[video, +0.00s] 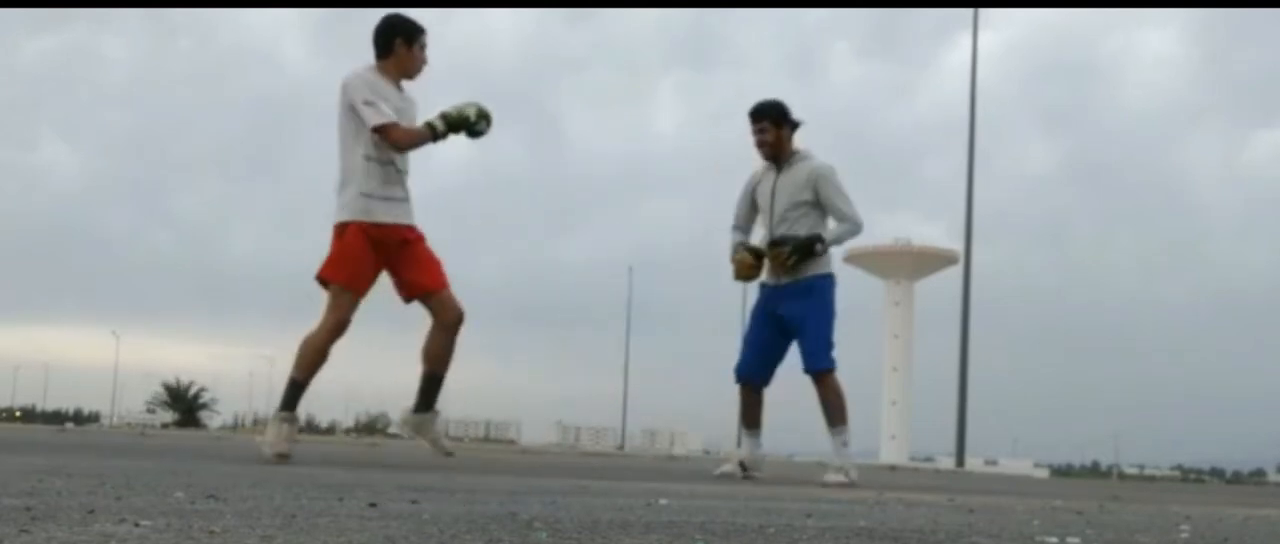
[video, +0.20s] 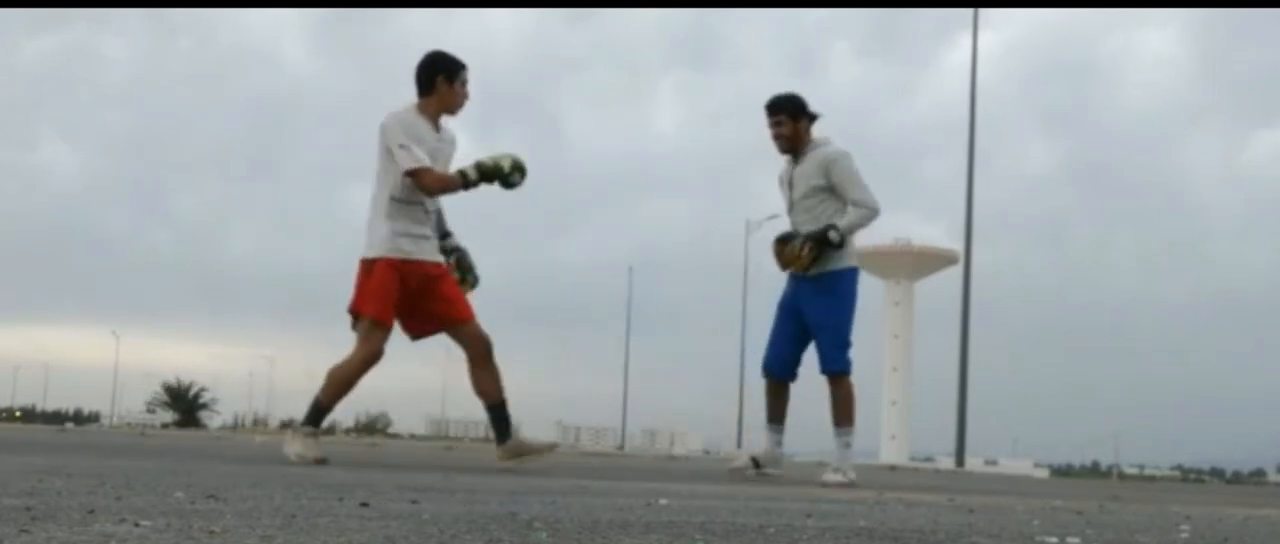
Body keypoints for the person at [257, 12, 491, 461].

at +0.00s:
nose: (425, 58)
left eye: (425, 50)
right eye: (421, 48)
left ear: (401, 49)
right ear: (399, 47)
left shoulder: (406, 100)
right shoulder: (360, 83)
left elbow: (401, 146)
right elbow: (396, 138)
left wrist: (449, 128)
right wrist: (443, 125)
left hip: (400, 226)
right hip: (360, 223)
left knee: (450, 315)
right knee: (335, 321)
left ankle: (422, 416)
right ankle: (284, 417)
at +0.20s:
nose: (467, 94)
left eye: (467, 86)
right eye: (462, 85)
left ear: (442, 85)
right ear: (441, 84)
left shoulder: (446, 139)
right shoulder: (398, 124)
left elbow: (427, 201)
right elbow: (426, 182)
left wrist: (450, 248)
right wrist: (479, 173)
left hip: (428, 261)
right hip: (386, 257)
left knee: (478, 345)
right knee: (367, 352)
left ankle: (506, 440)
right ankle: (305, 431)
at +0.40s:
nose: (524, 95)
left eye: (523, 87)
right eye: (520, 86)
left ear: (500, 87)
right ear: (500, 86)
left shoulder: (501, 138)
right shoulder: (460, 128)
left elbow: (489, 202)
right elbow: (463, 194)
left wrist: (509, 246)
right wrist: (519, 198)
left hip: (497, 263)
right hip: (462, 262)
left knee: (535, 349)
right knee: (432, 347)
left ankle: (524, 445)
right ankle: (357, 423)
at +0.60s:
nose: (559, 91)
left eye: (560, 82)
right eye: (557, 81)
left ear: (538, 79)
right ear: (537, 78)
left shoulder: (537, 130)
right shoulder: (496, 113)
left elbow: (521, 189)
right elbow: (487, 175)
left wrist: (548, 235)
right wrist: (539, 188)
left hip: (531, 244)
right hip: (496, 241)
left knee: (566, 336)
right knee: (504, 337)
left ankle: (541, 433)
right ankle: (465, 433)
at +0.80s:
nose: (583, 114)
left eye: (583, 105)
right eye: (580, 105)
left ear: (563, 102)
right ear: (561, 101)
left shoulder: (558, 156)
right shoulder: (521, 140)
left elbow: (544, 217)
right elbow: (517, 203)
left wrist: (570, 257)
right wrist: (572, 214)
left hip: (553, 268)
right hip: (518, 266)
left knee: (600, 349)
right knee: (525, 358)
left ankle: (604, 448)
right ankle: (469, 440)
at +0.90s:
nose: (602, 123)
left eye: (602, 115)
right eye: (599, 114)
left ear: (577, 113)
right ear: (582, 111)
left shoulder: (573, 163)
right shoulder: (542, 153)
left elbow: (559, 229)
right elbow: (538, 219)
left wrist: (588, 266)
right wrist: (592, 228)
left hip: (569, 274)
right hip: (540, 273)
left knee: (622, 354)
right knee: (541, 364)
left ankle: (615, 451)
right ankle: (470, 437)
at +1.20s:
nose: (633, 124)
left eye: (635, 116)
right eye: (631, 115)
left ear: (609, 113)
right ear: (616, 112)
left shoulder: (605, 157)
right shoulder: (585, 146)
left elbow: (594, 221)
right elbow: (587, 214)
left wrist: (627, 268)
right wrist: (623, 255)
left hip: (600, 276)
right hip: (570, 271)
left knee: (644, 355)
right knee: (581, 353)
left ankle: (620, 447)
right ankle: (514, 432)